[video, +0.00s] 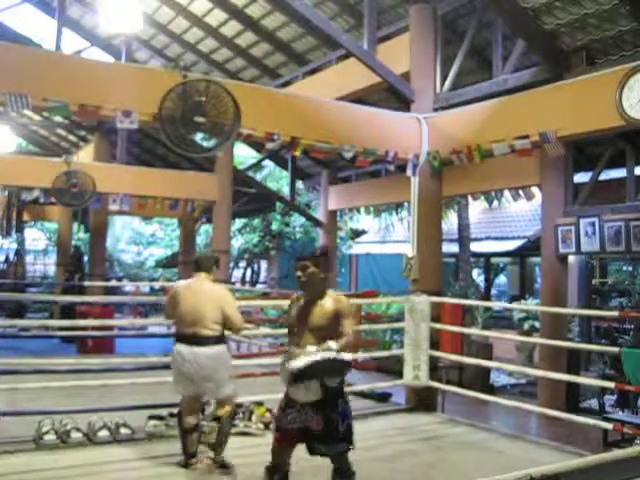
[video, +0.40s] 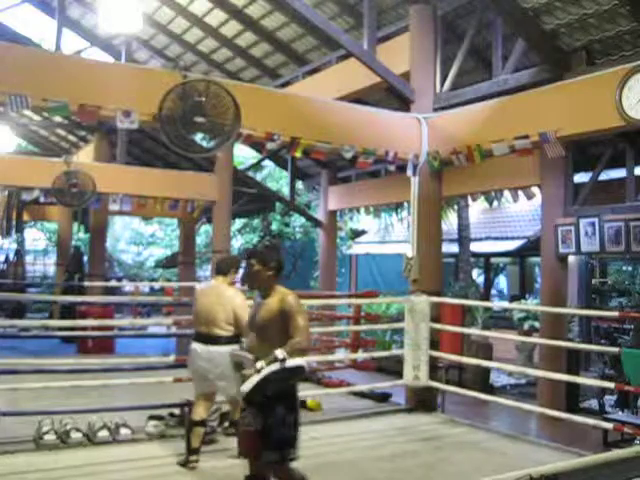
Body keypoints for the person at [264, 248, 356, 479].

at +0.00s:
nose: (299, 276)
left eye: (305, 270)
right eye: (297, 271)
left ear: (321, 273)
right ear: (295, 275)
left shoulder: (339, 303)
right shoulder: (295, 304)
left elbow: (352, 339)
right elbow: (293, 338)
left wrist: (325, 349)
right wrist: (293, 355)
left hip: (328, 381)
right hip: (298, 380)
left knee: (336, 452)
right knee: (281, 446)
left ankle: (343, 470)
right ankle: (278, 472)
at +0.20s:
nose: (271, 274)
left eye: (276, 268)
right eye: (271, 269)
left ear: (293, 272)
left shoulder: (309, 301)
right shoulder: (282, 304)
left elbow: (323, 341)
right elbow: (284, 341)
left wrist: (298, 352)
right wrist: (270, 358)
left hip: (302, 380)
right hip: (279, 378)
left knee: (310, 449)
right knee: (267, 443)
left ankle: (327, 472)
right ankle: (265, 471)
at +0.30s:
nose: (257, 272)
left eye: (262, 267)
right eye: (257, 268)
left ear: (281, 269)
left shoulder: (297, 299)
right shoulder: (271, 301)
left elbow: (310, 340)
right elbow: (271, 340)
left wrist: (283, 355)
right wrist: (257, 359)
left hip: (289, 381)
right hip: (267, 378)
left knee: (299, 461)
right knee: (260, 449)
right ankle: (261, 470)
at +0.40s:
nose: (247, 273)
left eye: (252, 267)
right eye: (247, 267)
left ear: (270, 271)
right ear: (264, 272)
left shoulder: (288, 299)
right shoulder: (261, 301)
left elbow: (301, 341)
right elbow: (262, 340)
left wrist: (268, 360)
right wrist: (246, 354)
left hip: (280, 383)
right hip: (259, 381)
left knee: (274, 460)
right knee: (253, 448)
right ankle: (258, 473)